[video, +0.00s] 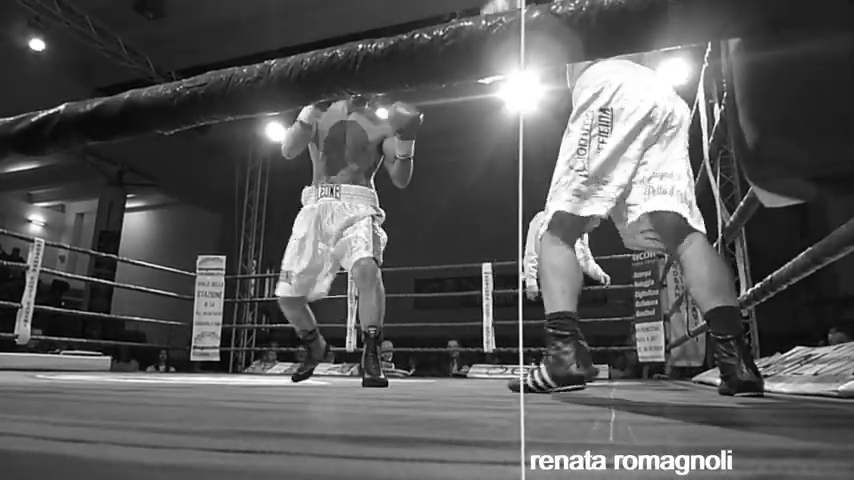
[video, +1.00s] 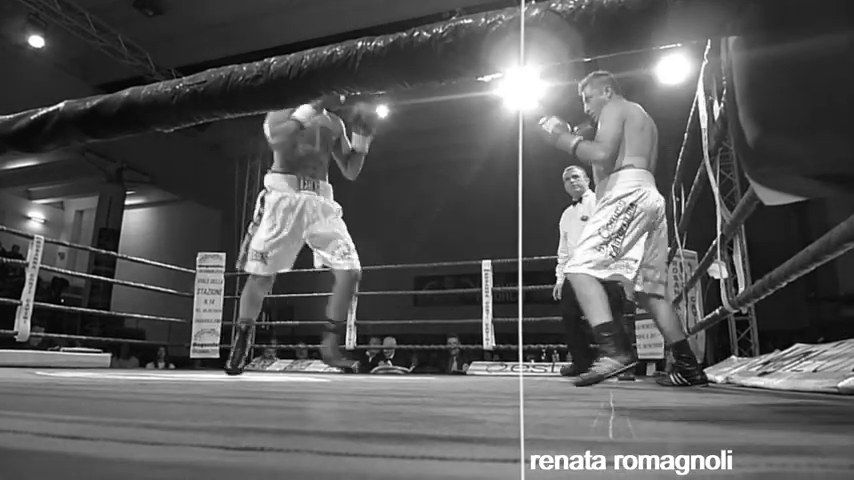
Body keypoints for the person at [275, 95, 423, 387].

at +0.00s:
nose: (357, 86)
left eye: (365, 81)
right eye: (350, 79)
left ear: (376, 87)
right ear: (338, 82)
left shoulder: (383, 122)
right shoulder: (316, 112)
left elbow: (401, 179)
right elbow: (289, 151)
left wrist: (406, 138)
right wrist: (315, 110)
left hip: (358, 207)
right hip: (316, 207)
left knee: (366, 268)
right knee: (289, 296)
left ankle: (372, 356)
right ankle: (315, 347)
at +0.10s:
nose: (375, 91)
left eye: (380, 85)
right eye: (369, 82)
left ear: (384, 91)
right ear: (350, 83)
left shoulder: (384, 125)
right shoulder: (319, 110)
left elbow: (402, 179)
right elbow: (283, 154)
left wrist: (409, 133)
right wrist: (311, 114)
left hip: (356, 210)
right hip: (311, 207)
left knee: (368, 268)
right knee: (272, 290)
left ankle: (371, 357)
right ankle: (299, 349)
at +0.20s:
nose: (356, 92)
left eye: (363, 87)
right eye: (349, 85)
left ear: (375, 96)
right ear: (336, 89)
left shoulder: (380, 134)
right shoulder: (312, 117)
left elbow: (400, 192)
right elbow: (283, 159)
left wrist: (404, 144)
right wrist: (314, 122)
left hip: (350, 223)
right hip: (301, 221)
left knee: (372, 269)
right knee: (254, 295)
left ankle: (372, 359)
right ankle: (256, 354)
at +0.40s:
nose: (346, 96)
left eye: (351, 91)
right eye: (340, 89)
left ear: (353, 97)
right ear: (323, 88)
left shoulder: (355, 133)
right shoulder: (286, 115)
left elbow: (369, 188)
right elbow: (281, 135)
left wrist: (378, 147)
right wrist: (322, 110)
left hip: (330, 216)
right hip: (284, 214)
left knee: (350, 275)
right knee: (237, 294)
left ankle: (366, 361)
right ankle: (233, 363)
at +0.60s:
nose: (316, 72)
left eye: (324, 65)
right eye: (311, 64)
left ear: (332, 70)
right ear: (298, 64)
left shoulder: (336, 109)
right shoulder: (273, 94)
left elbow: (342, 166)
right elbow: (255, 134)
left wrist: (353, 129)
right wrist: (286, 107)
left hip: (312, 192)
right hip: (267, 189)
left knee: (324, 267)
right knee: (242, 272)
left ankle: (320, 348)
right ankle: (225, 350)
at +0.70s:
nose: (305, 95)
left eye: (310, 91)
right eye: (299, 89)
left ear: (317, 95)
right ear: (284, 89)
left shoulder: (324, 130)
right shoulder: (261, 115)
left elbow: (338, 182)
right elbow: (244, 155)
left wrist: (348, 152)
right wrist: (278, 123)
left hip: (300, 214)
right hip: (256, 207)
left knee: (308, 290)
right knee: (236, 287)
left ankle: (286, 342)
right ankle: (221, 359)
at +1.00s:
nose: (340, 95)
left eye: (341, 90)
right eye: (334, 88)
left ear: (338, 96)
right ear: (314, 88)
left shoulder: (334, 124)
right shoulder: (282, 111)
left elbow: (351, 171)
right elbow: (274, 138)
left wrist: (362, 136)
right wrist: (307, 110)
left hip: (322, 202)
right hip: (282, 199)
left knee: (349, 270)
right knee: (261, 278)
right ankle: (240, 347)